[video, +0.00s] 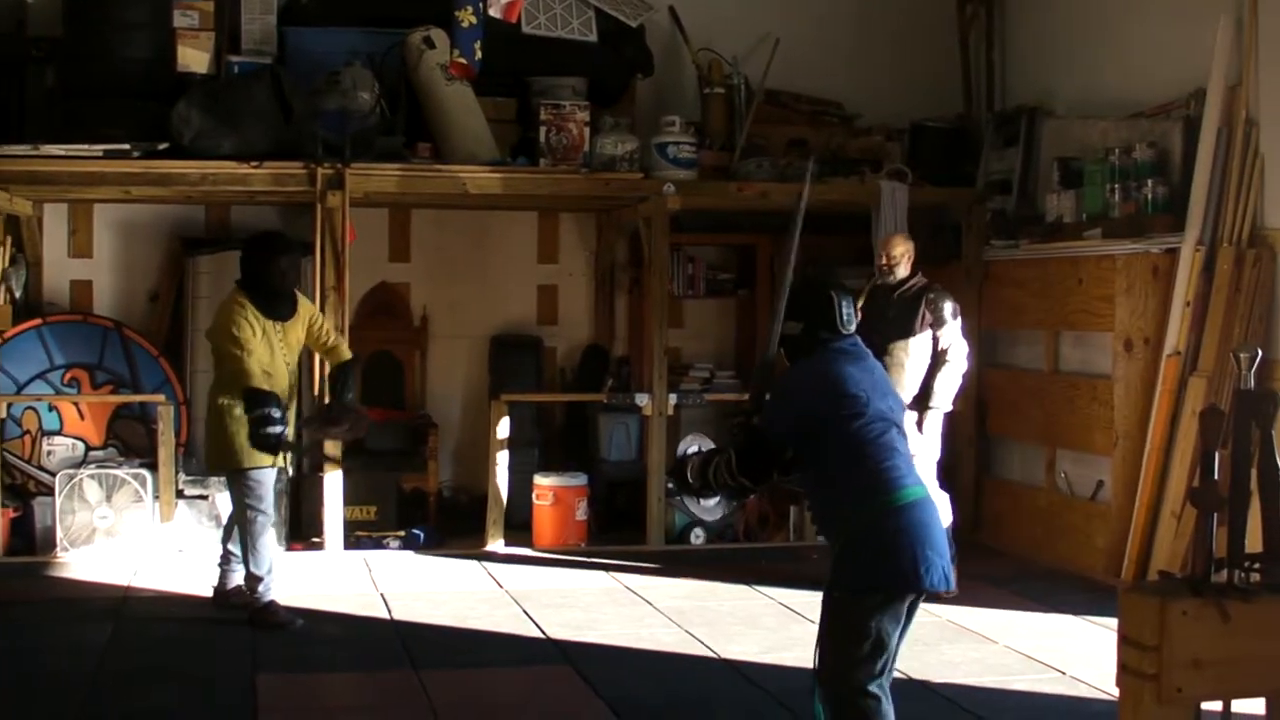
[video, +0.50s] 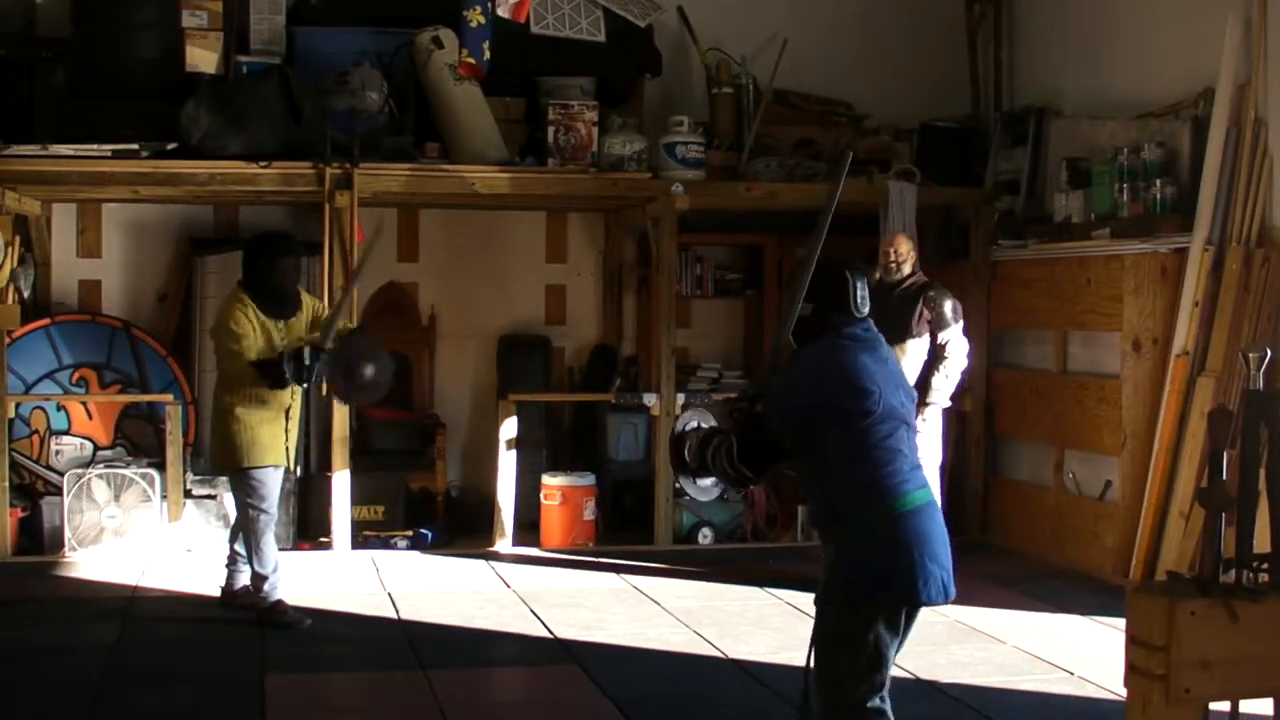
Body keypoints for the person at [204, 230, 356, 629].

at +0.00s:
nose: (291, 276)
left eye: (294, 268)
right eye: (283, 268)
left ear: (295, 268)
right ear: (259, 271)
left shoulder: (299, 308)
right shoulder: (236, 313)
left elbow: (331, 342)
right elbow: (244, 365)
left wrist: (343, 386)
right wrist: (263, 407)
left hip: (277, 418)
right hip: (240, 419)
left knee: (253, 504)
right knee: (258, 507)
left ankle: (230, 583)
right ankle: (262, 596)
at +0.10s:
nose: (298, 277)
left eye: (301, 269)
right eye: (290, 269)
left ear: (302, 270)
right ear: (265, 271)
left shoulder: (304, 304)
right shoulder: (242, 312)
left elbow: (343, 331)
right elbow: (255, 358)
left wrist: (362, 371)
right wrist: (282, 388)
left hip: (282, 421)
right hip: (248, 424)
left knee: (259, 506)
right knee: (262, 509)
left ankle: (237, 584)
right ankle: (269, 595)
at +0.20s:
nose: (296, 278)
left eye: (298, 269)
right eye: (288, 270)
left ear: (296, 270)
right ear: (264, 272)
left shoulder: (298, 302)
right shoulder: (241, 311)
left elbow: (331, 319)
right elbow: (256, 346)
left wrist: (363, 339)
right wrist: (287, 364)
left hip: (281, 425)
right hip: (247, 426)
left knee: (259, 507)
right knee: (261, 509)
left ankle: (237, 583)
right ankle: (268, 596)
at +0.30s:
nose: (296, 277)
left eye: (297, 269)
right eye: (288, 269)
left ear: (296, 271)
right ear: (264, 271)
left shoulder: (297, 303)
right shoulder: (240, 309)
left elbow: (331, 320)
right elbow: (252, 345)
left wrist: (366, 331)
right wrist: (291, 355)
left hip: (281, 428)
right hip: (247, 427)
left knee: (259, 508)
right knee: (260, 510)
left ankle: (237, 583)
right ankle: (268, 596)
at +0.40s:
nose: (294, 277)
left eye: (296, 268)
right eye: (285, 269)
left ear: (297, 268)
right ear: (260, 270)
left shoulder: (300, 303)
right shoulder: (238, 310)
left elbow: (340, 325)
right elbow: (249, 358)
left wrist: (372, 331)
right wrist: (295, 360)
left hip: (281, 428)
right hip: (247, 427)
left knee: (260, 507)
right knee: (261, 509)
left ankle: (236, 584)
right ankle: (267, 594)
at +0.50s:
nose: (295, 277)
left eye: (296, 268)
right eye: (286, 269)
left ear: (297, 268)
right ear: (261, 271)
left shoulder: (301, 303)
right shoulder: (237, 313)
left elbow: (336, 330)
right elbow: (237, 373)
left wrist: (351, 348)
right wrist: (288, 367)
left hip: (284, 425)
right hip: (248, 424)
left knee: (261, 504)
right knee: (261, 505)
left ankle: (236, 583)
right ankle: (266, 593)